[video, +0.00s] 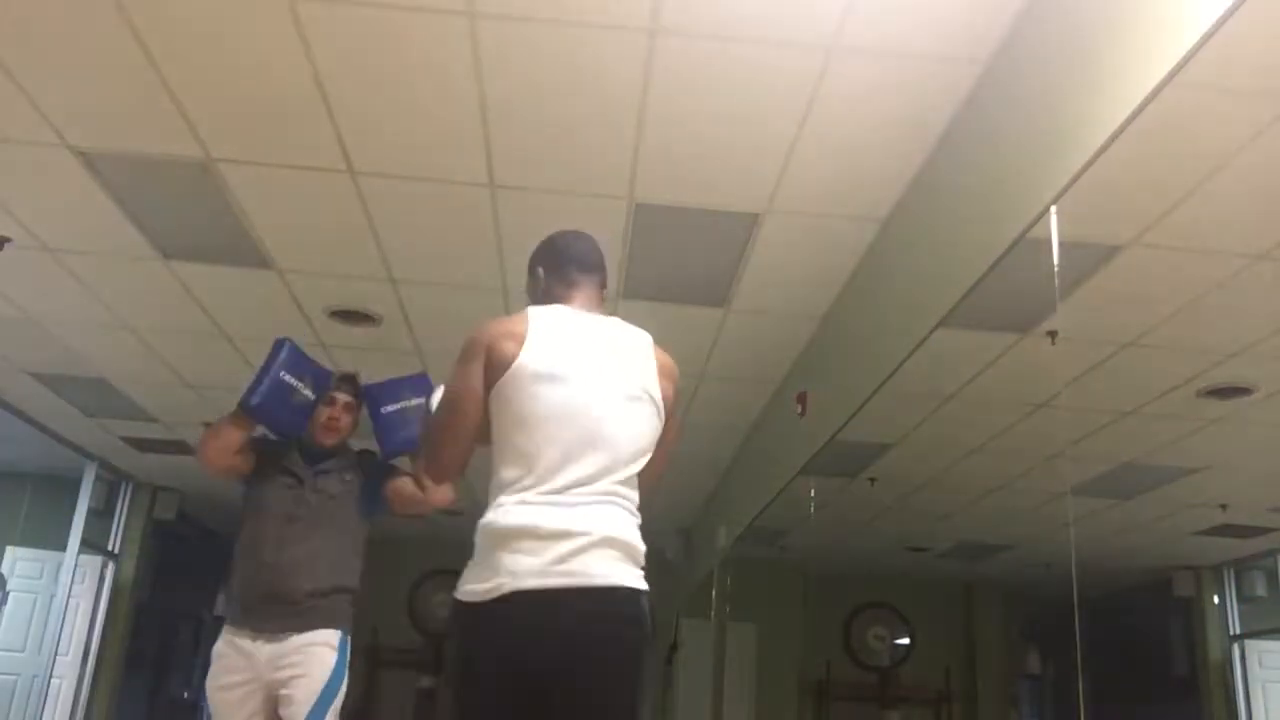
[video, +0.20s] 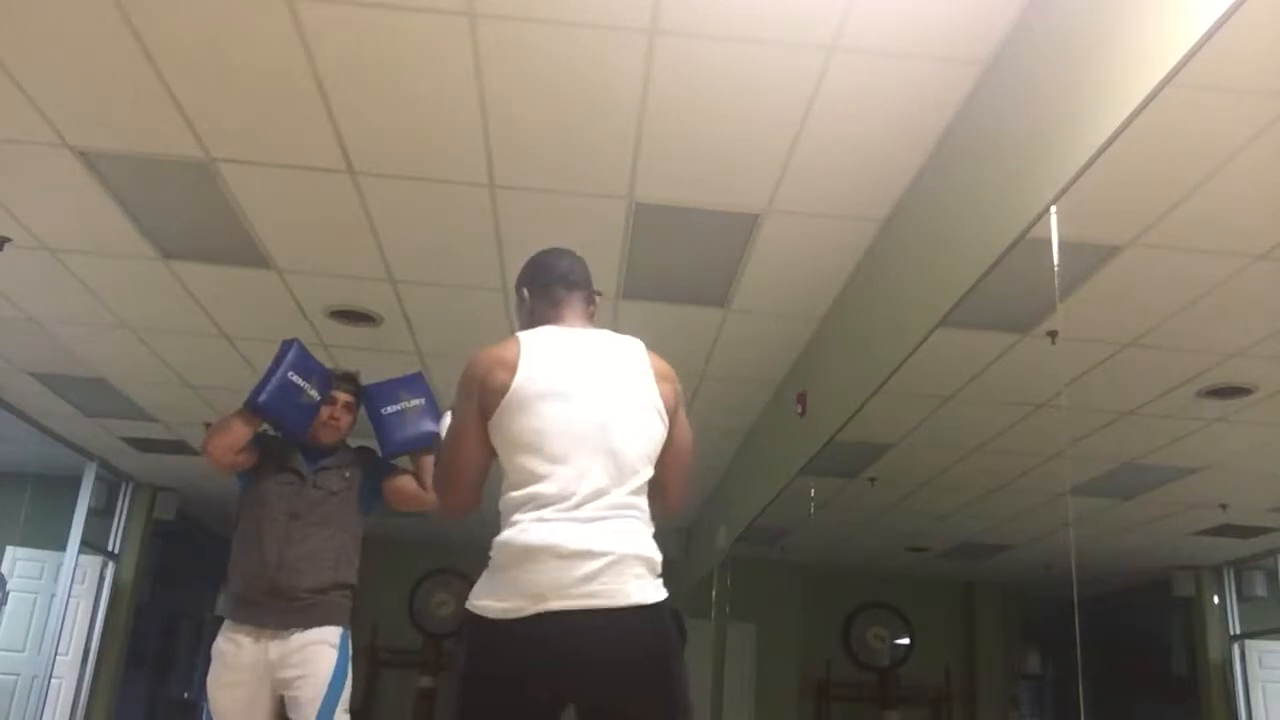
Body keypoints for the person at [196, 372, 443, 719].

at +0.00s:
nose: (335, 414)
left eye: (347, 408)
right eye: (328, 402)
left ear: (356, 422)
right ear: (307, 407)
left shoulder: (365, 471)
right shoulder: (268, 456)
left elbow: (438, 496)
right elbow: (213, 455)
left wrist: (415, 435)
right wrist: (260, 403)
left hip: (315, 642)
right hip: (242, 638)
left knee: (307, 711)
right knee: (225, 711)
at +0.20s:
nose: (335, 413)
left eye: (346, 408)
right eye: (328, 401)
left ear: (355, 422)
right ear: (306, 404)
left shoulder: (363, 467)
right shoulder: (267, 452)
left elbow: (433, 497)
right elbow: (216, 450)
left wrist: (420, 432)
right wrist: (271, 399)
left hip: (317, 640)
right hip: (243, 636)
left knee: (320, 712)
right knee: (230, 712)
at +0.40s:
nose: (354, 415)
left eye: (365, 410)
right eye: (346, 404)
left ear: (372, 421)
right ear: (323, 405)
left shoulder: (379, 468)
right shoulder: (284, 452)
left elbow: (454, 500)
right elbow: (238, 448)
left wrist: (433, 427)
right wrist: (291, 392)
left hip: (334, 642)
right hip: (258, 637)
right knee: (242, 712)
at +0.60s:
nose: (369, 412)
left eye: (380, 406)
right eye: (362, 400)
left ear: (388, 418)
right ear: (338, 403)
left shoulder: (395, 466)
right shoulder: (301, 448)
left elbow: (463, 497)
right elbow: (253, 447)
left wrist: (449, 427)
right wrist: (306, 395)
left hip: (345, 641)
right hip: (268, 635)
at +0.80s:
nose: (367, 409)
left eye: (379, 402)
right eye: (360, 397)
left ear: (388, 415)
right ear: (339, 400)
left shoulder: (393, 460)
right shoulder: (304, 447)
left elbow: (446, 495)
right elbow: (253, 449)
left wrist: (453, 430)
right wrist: (301, 393)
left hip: (345, 638)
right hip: (274, 634)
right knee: (255, 710)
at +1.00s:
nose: (334, 418)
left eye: (345, 412)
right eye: (326, 408)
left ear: (356, 424)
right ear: (309, 416)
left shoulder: (370, 471)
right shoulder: (277, 466)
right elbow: (221, 475)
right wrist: (258, 421)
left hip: (334, 646)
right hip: (264, 644)